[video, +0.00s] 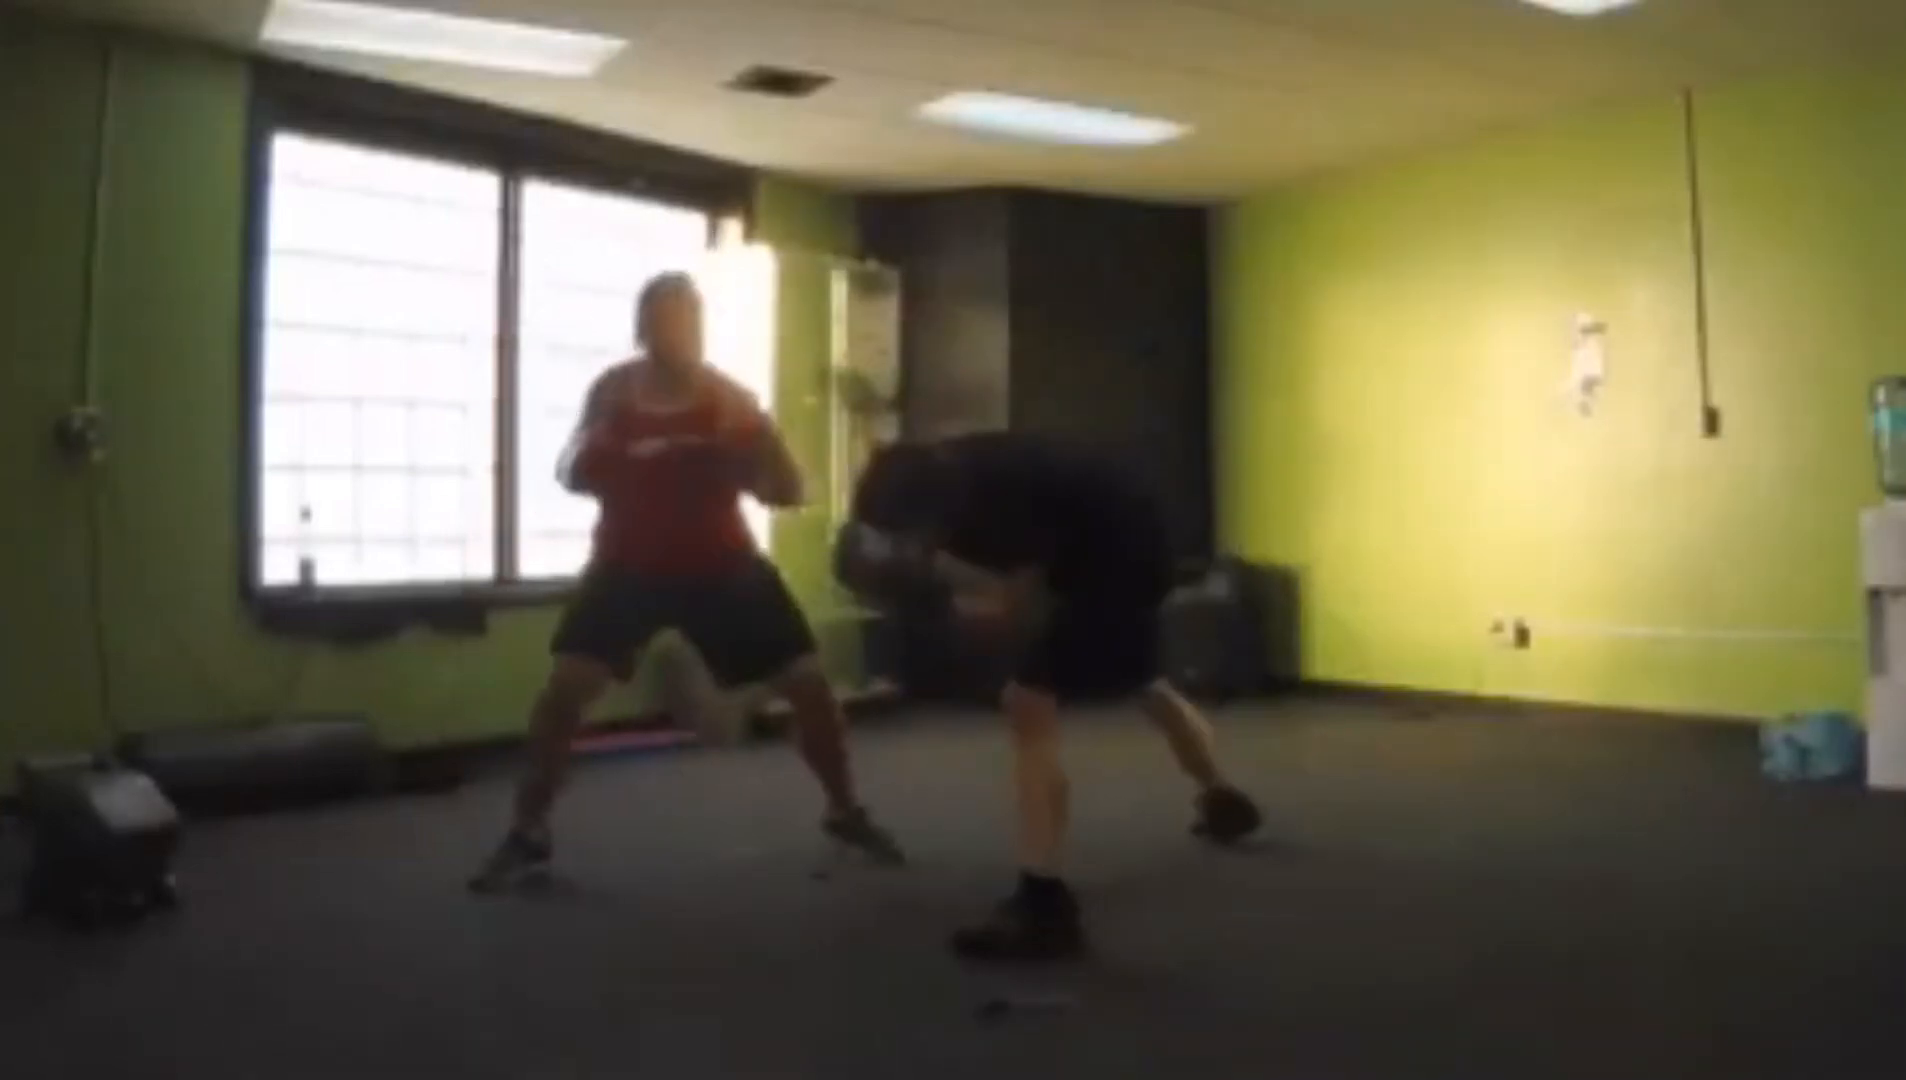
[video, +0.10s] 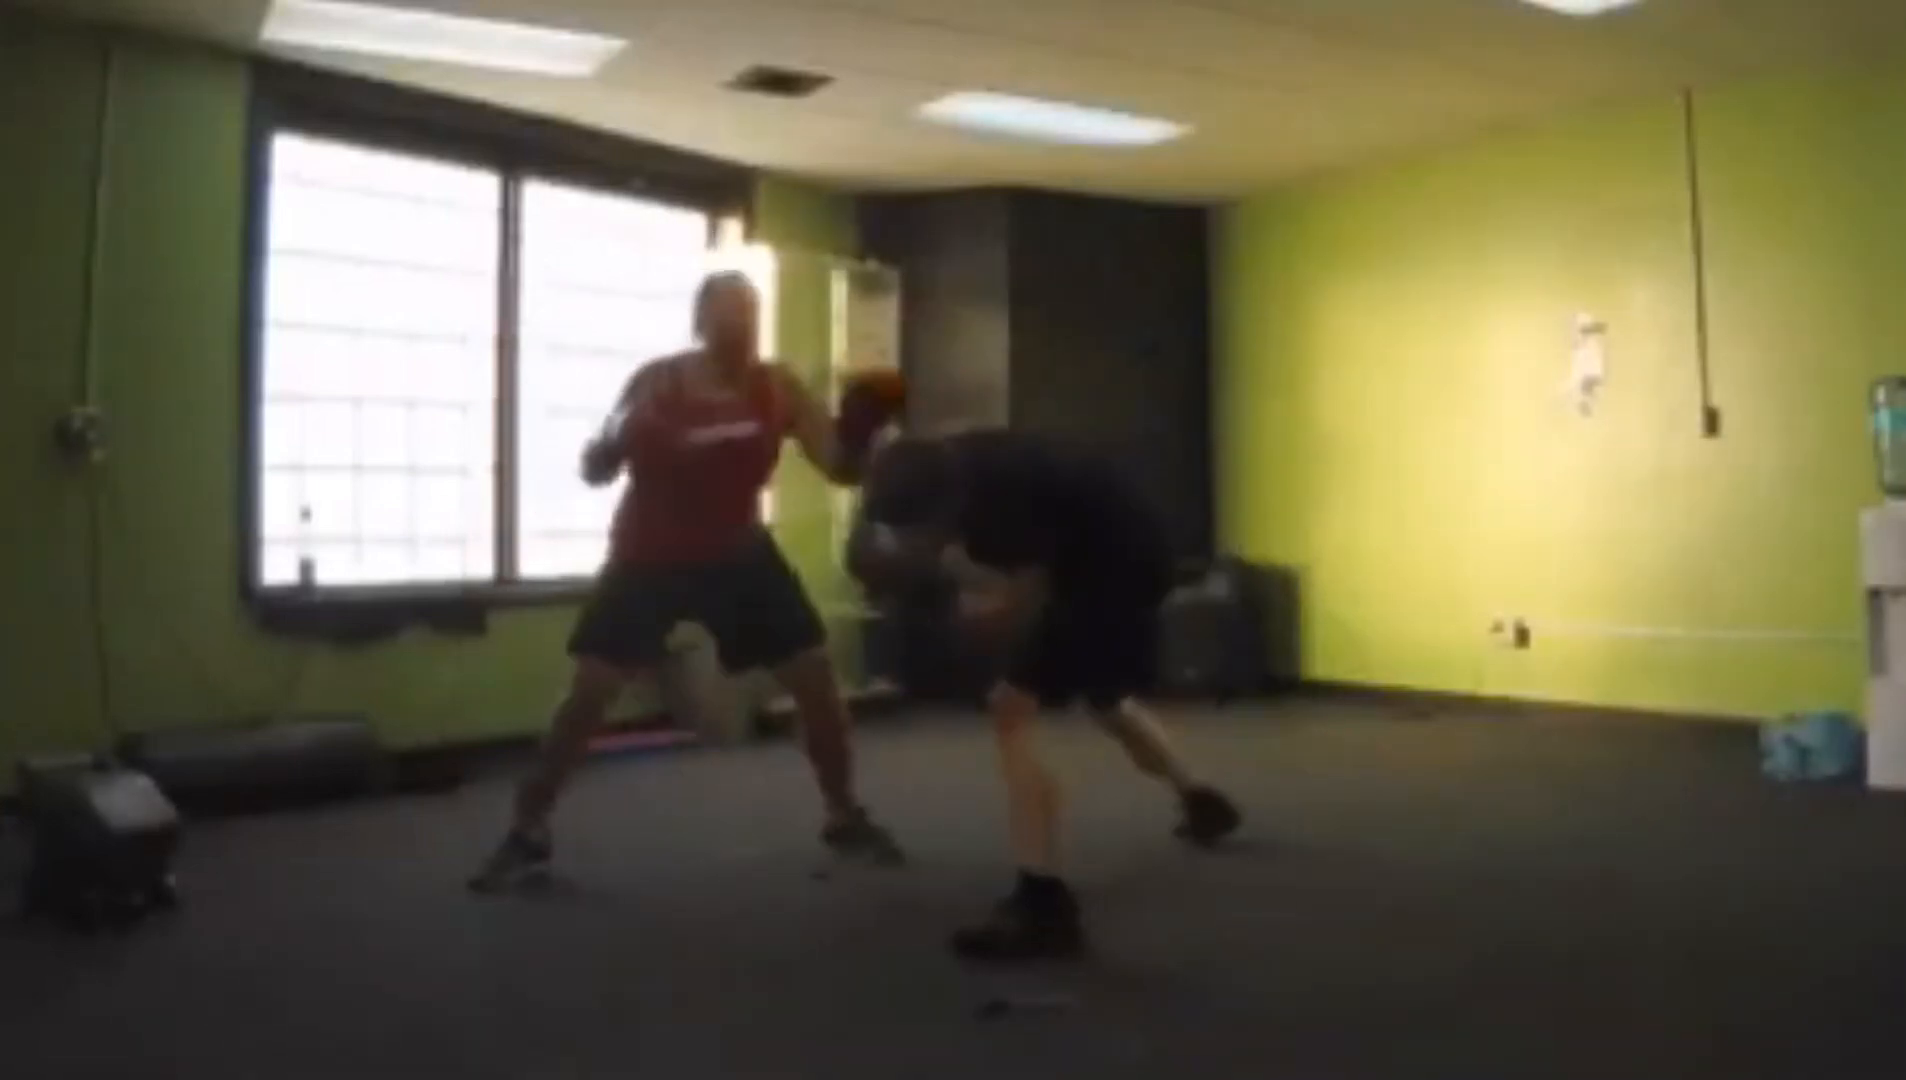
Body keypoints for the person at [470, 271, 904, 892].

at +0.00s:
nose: (676, 332)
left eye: (685, 317)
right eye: (663, 319)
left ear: (701, 325)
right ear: (643, 328)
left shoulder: (729, 402)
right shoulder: (616, 392)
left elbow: (786, 489)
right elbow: (576, 474)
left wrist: (731, 451)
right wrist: (638, 458)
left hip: (722, 568)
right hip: (629, 571)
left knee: (809, 684)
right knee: (565, 691)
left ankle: (845, 812)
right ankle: (528, 835)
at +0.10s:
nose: (736, 338)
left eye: (745, 324)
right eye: (723, 325)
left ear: (758, 323)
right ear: (700, 325)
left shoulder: (775, 386)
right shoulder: (661, 382)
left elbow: (841, 465)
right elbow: (596, 469)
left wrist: (863, 421)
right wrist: (627, 437)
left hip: (739, 558)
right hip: (648, 563)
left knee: (814, 678)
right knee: (588, 697)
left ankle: (845, 817)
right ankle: (527, 833)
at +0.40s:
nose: (868, 337)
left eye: (869, 323)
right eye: (858, 323)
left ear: (822, 323)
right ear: (831, 324)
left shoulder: (818, 382)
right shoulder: (799, 366)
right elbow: (866, 413)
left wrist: (837, 506)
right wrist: (922, 452)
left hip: (771, 545)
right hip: (700, 543)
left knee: (824, 674)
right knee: (649, 663)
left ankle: (845, 813)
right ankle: (563, 760)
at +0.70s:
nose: (807, 329)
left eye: (808, 316)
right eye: (796, 315)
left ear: (800, 323)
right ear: (766, 318)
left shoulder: (796, 395)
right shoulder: (711, 380)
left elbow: (846, 432)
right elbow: (704, 471)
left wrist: (862, 432)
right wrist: (787, 437)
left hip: (765, 542)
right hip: (688, 547)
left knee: (835, 647)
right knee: (655, 689)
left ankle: (852, 798)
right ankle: (601, 812)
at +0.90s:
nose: (805, 315)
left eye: (810, 302)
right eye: (791, 304)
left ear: (819, 306)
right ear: (766, 309)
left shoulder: (829, 360)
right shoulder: (722, 368)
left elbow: (915, 353)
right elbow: (656, 441)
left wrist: (998, 331)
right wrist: (727, 427)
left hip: (782, 525)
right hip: (704, 528)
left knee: (854, 628)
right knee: (661, 652)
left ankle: (865, 756)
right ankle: (608, 789)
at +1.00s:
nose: (816, 320)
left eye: (819, 307)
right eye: (803, 308)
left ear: (827, 314)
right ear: (777, 318)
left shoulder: (835, 366)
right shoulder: (742, 380)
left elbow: (895, 371)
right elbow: (654, 445)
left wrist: (948, 363)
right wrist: (732, 437)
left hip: (806, 540)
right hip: (726, 540)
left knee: (850, 654)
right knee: (673, 649)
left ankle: (867, 778)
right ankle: (607, 781)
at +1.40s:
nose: (803, 303)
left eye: (804, 291)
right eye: (795, 290)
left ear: (797, 297)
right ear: (774, 292)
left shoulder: (798, 362)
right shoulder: (734, 358)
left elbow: (803, 425)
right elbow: (771, 442)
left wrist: (849, 375)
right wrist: (826, 391)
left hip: (786, 536)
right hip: (726, 540)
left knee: (839, 639)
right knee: (721, 662)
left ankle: (823, 773)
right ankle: (647, 807)